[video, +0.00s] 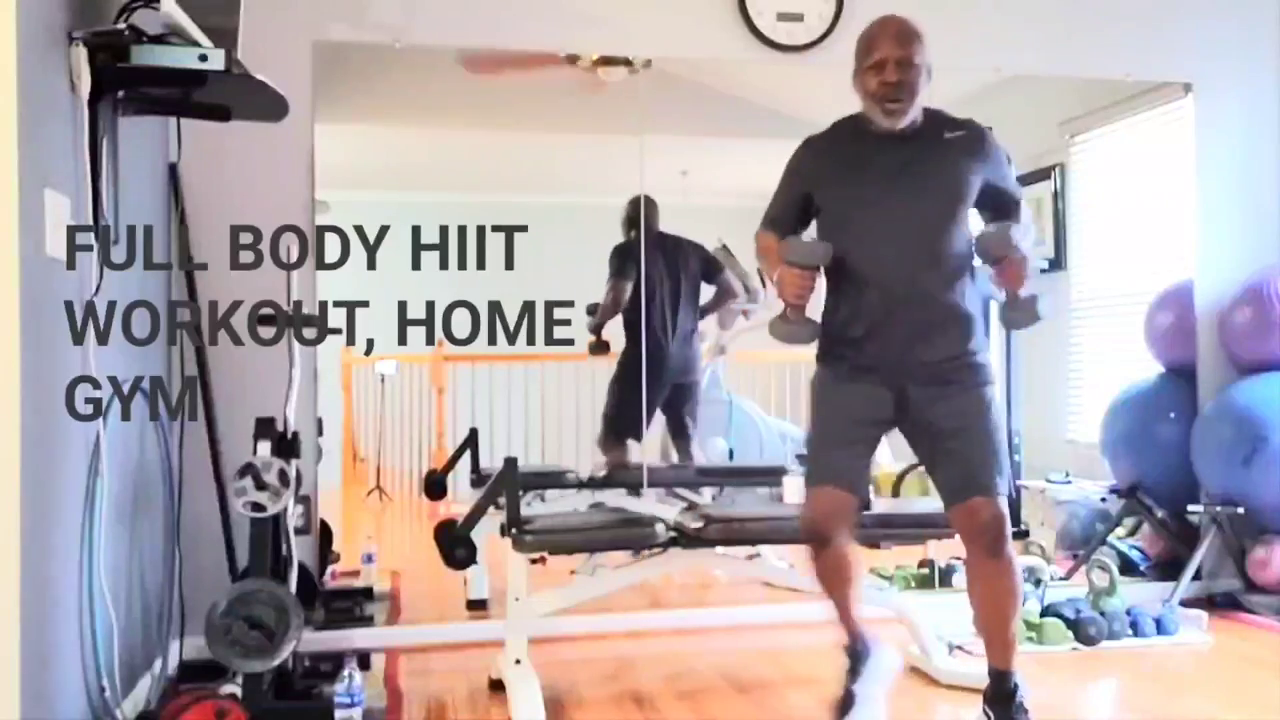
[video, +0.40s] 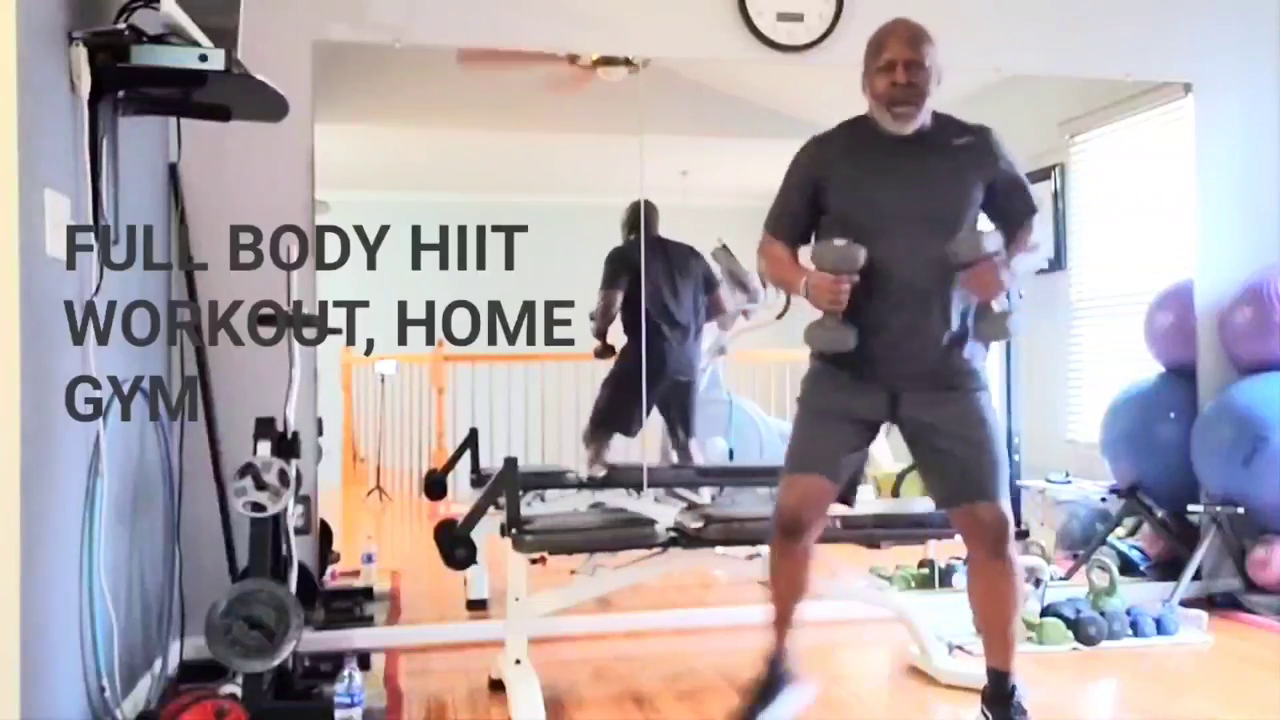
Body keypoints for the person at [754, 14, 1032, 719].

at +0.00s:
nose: (891, 78)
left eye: (906, 66)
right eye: (876, 66)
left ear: (928, 73)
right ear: (856, 76)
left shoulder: (971, 145)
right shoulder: (821, 155)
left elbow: (1006, 213)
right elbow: (770, 236)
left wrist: (1009, 252)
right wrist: (783, 268)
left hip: (951, 365)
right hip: (852, 364)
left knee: (985, 522)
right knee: (823, 522)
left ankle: (1003, 688)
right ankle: (857, 646)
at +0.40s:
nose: (900, 77)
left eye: (914, 65)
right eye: (886, 66)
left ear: (936, 75)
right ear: (865, 78)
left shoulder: (975, 149)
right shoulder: (825, 155)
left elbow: (1024, 221)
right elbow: (772, 251)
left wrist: (1004, 266)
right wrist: (805, 281)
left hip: (944, 374)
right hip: (845, 370)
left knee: (991, 528)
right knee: (794, 516)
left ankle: (1001, 690)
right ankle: (778, 664)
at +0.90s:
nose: (758, 63)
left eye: (772, 51)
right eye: (745, 52)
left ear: (795, 58)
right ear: (726, 61)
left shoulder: (840, 134)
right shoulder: (692, 142)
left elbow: (888, 205)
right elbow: (643, 228)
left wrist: (878, 238)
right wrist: (651, 257)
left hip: (813, 350)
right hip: (718, 352)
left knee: (853, 504)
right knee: (688, 515)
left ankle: (847, 649)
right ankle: (678, 681)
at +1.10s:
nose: (727, 86)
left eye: (741, 74)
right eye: (714, 74)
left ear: (766, 83)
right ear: (696, 85)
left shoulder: (817, 146)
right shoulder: (671, 157)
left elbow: (874, 195)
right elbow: (617, 225)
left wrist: (881, 243)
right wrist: (614, 266)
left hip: (771, 373)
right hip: (679, 368)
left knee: (763, 549)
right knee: (659, 534)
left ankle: (762, 672)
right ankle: (676, 688)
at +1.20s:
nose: (721, 73)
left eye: (734, 62)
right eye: (708, 63)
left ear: (761, 72)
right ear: (691, 75)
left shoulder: (813, 138)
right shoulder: (666, 151)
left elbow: (875, 192)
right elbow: (607, 215)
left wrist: (866, 235)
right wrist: (610, 259)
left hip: (780, 369)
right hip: (685, 369)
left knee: (805, 533)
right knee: (667, 526)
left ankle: (792, 660)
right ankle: (675, 687)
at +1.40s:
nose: (730, 74)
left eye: (744, 62)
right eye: (718, 62)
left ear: (770, 67)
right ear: (700, 69)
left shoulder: (821, 140)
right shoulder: (672, 152)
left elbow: (873, 235)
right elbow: (617, 243)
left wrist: (841, 257)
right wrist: (641, 269)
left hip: (805, 365)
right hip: (709, 369)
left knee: (866, 523)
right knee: (679, 528)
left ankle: (923, 676)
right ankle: (679, 687)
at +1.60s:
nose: (780, 165)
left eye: (793, 154)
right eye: (767, 154)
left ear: (819, 162)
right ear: (747, 162)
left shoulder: (862, 234)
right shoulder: (713, 238)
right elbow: (675, 349)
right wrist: (708, 338)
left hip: (840, 433)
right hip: (737, 433)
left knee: (946, 552)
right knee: (678, 559)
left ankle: (985, 703)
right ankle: (682, 694)